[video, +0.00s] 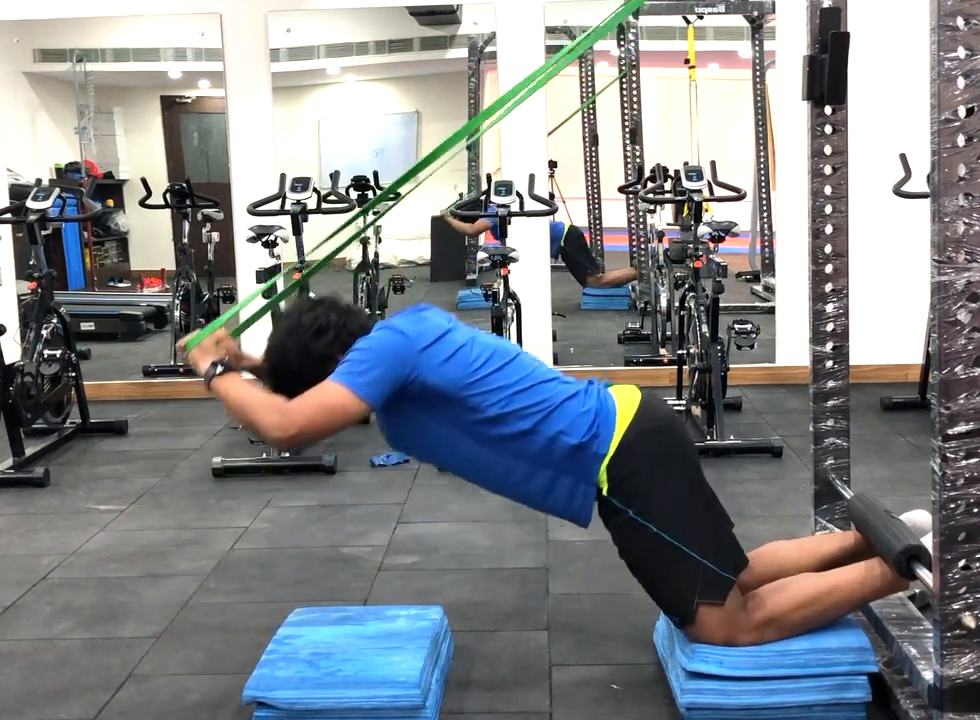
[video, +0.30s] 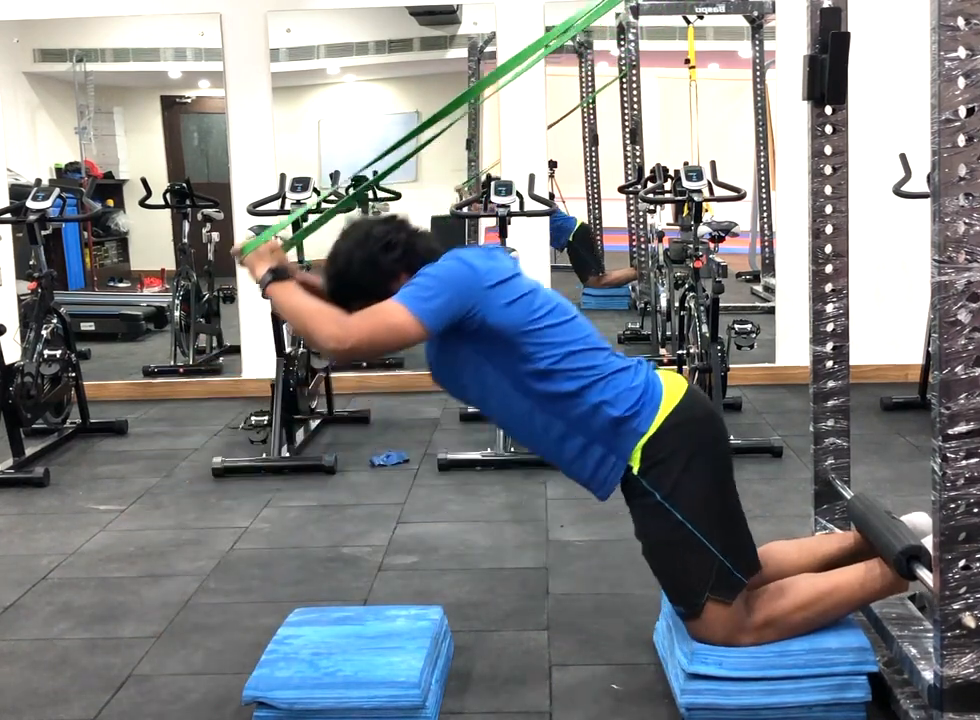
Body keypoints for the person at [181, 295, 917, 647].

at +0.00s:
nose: (318, 400)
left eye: (315, 387)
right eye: (313, 389)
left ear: (328, 355)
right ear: (343, 332)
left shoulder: (393, 342)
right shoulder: (400, 335)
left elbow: (283, 427)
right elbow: (299, 417)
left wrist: (218, 376)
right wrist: (239, 371)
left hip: (624, 454)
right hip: (623, 439)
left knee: (726, 628)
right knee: (720, 586)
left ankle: (901, 569)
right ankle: (859, 534)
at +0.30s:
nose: (362, 316)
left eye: (362, 303)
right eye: (360, 304)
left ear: (385, 285)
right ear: (400, 270)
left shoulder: (458, 277)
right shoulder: (456, 281)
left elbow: (339, 336)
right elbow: (345, 338)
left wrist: (269, 278)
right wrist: (282, 285)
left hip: (658, 437)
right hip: (657, 428)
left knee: (726, 623)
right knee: (720, 579)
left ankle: (910, 572)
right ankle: (865, 539)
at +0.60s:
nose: (448, 250)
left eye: (451, 234)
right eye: (444, 235)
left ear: (480, 210)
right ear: (481, 210)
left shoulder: (546, 222)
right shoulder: (527, 236)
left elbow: (421, 263)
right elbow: (422, 263)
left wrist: (349, 195)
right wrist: (360, 208)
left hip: (702, 432)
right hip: (682, 436)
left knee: (729, 622)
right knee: (724, 581)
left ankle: (906, 573)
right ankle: (868, 540)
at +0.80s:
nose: (519, 207)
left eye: (520, 192)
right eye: (511, 194)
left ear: (548, 172)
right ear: (565, 157)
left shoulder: (616, 186)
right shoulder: (588, 218)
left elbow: (490, 203)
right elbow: (493, 204)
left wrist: (429, 123)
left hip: (725, 427)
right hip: (690, 436)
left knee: (729, 624)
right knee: (714, 580)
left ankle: (905, 582)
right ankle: (866, 548)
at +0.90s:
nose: (543, 182)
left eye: (550, 167)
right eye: (540, 168)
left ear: (583, 148)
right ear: (590, 150)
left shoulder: (648, 173)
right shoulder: (612, 203)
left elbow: (526, 174)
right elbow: (528, 178)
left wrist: (475, 86)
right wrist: (483, 102)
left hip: (731, 427)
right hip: (697, 430)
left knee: (724, 620)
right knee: (710, 572)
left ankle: (908, 595)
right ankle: (867, 559)